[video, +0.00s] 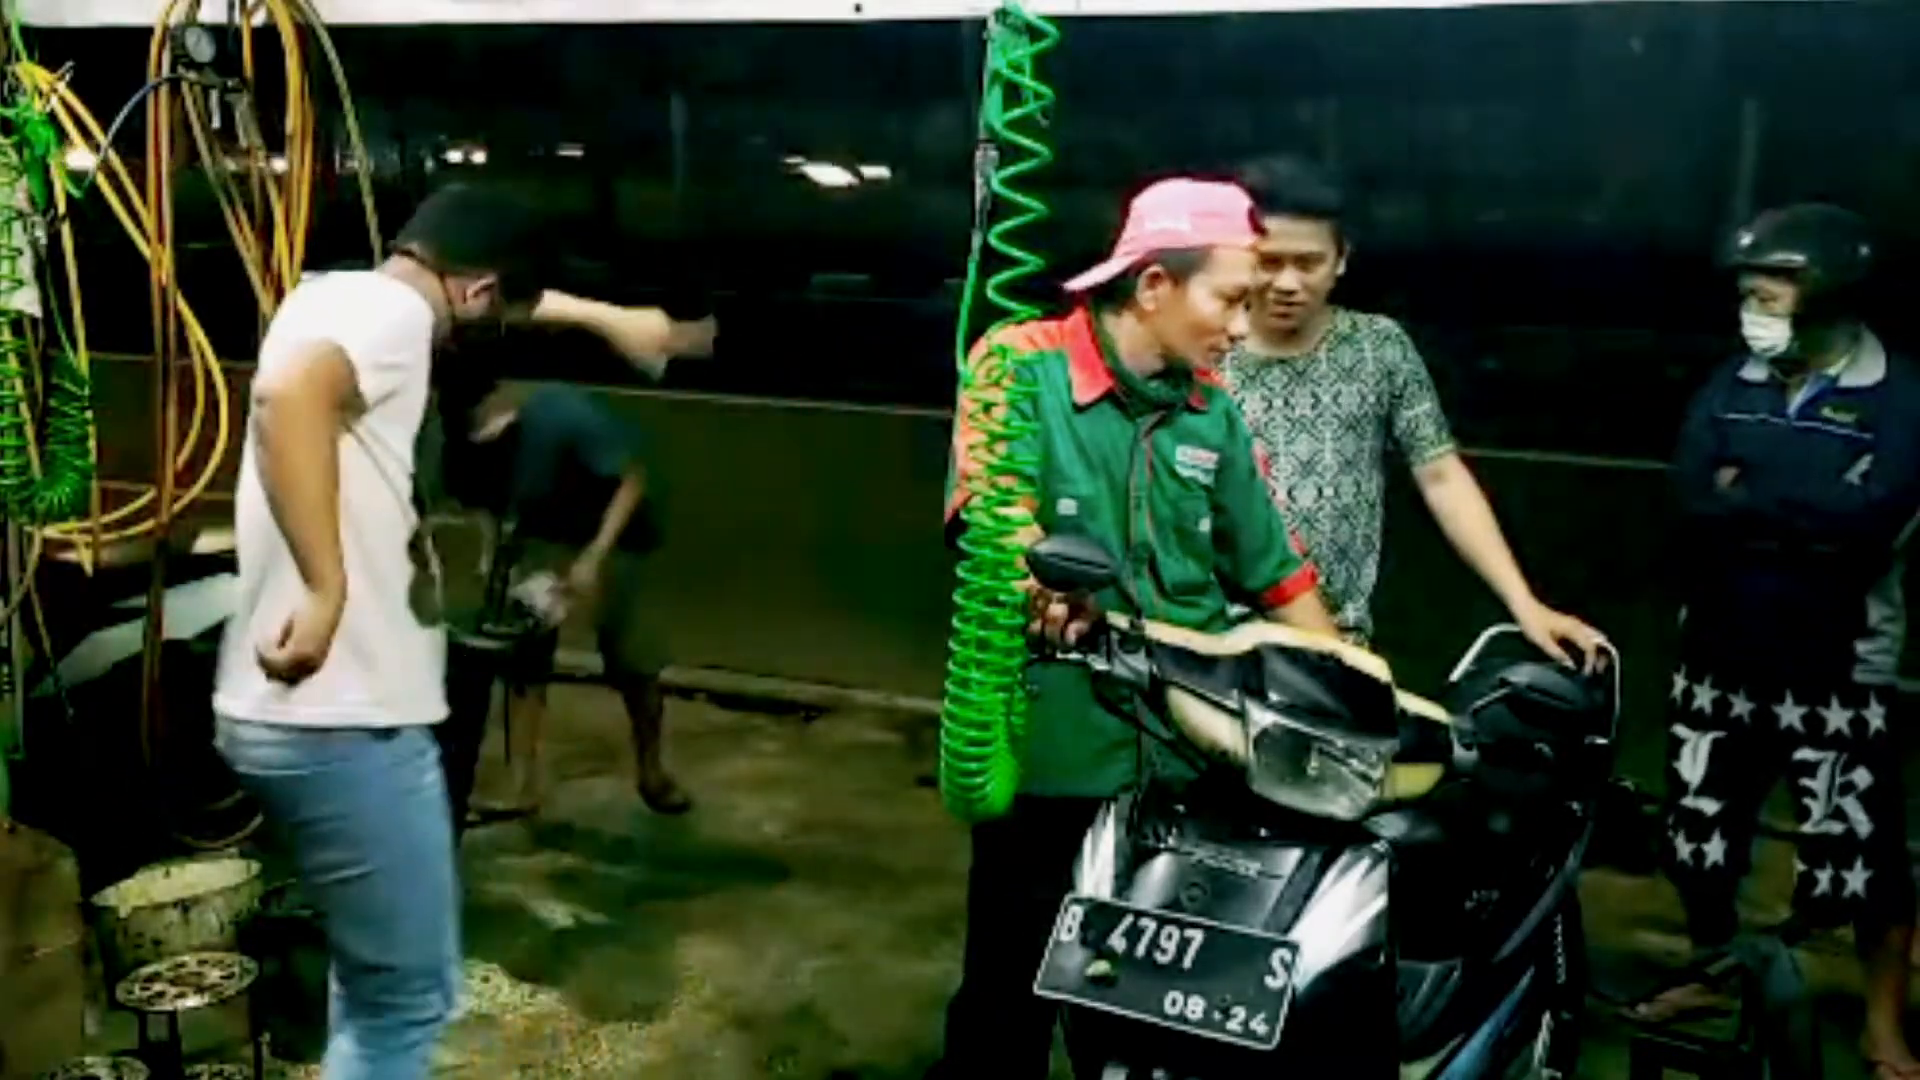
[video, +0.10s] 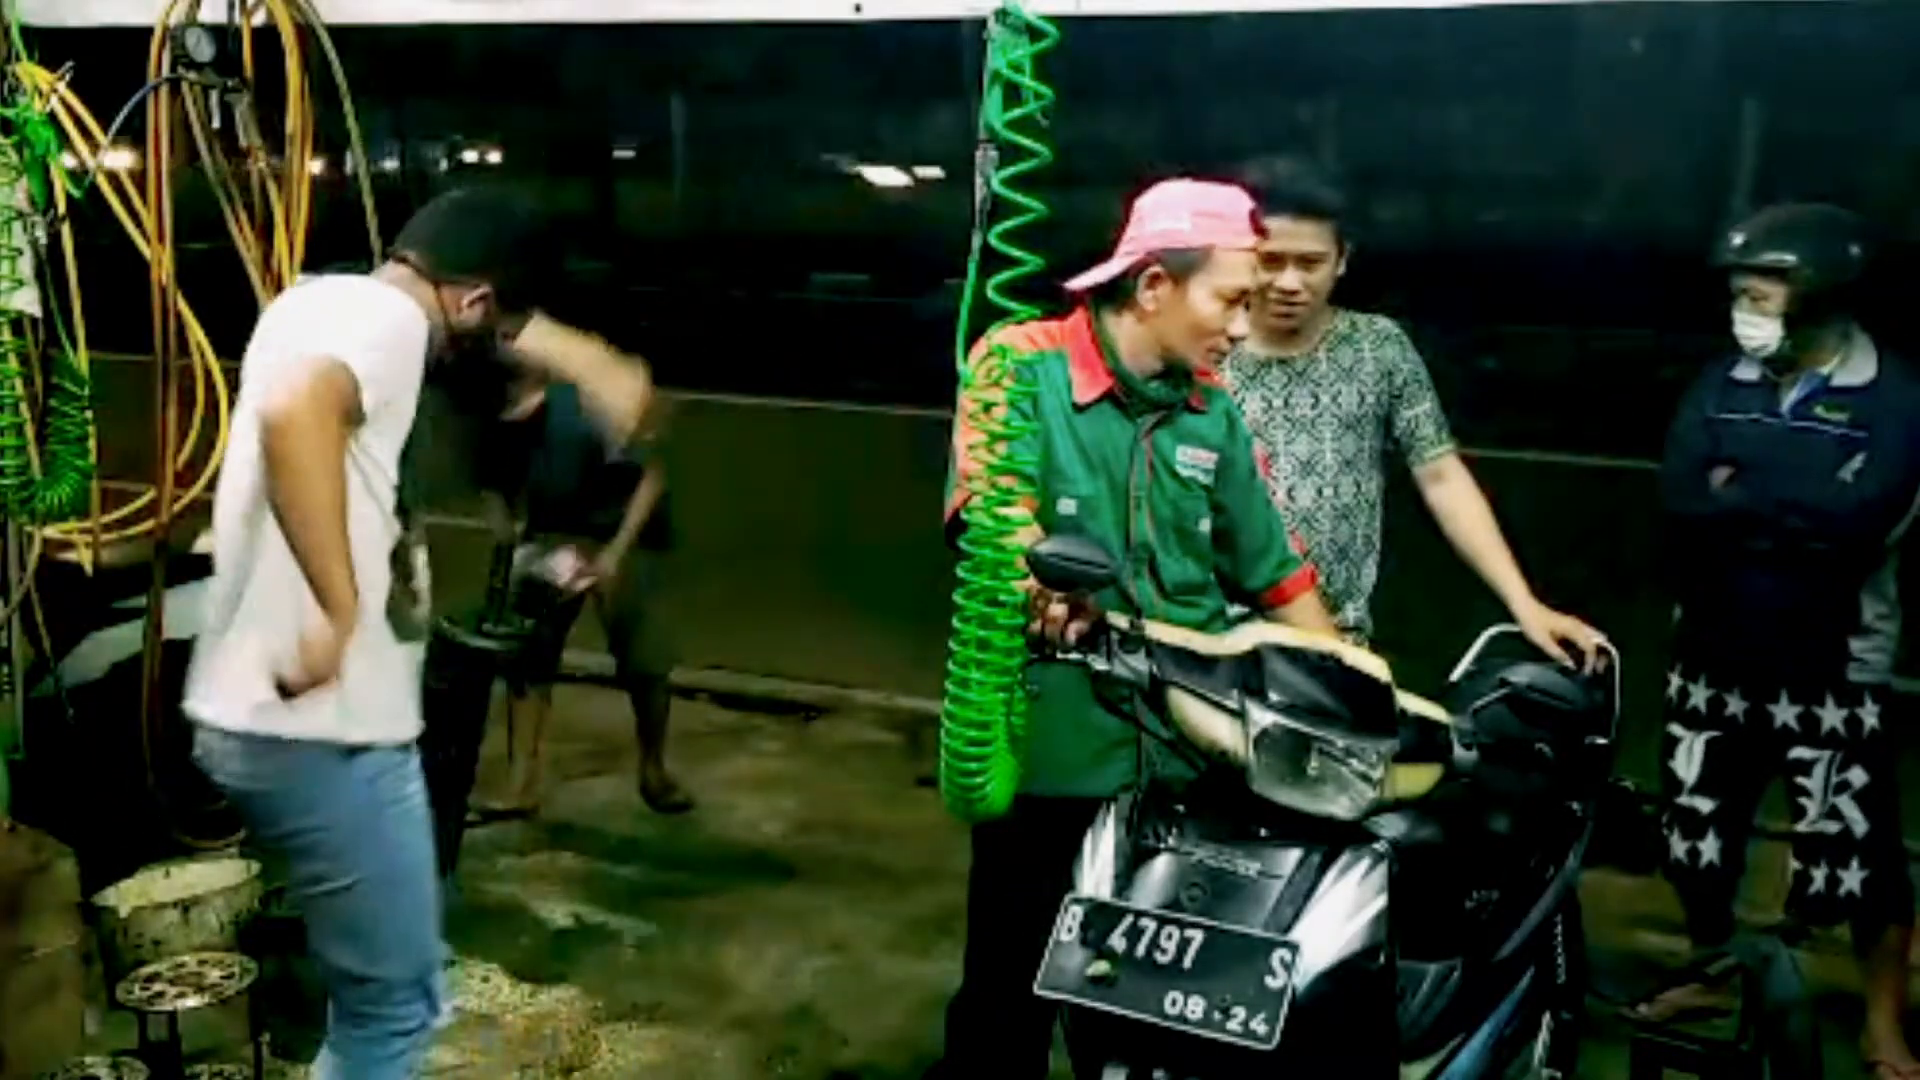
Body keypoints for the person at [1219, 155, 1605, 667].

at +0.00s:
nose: (1287, 283)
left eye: (1307, 263)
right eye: (1269, 262)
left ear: (1339, 260)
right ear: (1241, 256)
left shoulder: (1379, 349)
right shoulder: (1203, 350)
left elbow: (1442, 476)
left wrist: (1525, 606)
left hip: (1333, 638)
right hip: (1212, 630)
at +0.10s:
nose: (1289, 283)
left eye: (1309, 263)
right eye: (1270, 262)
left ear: (1340, 262)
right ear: (1241, 257)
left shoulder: (1379, 350)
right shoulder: (1204, 352)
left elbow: (1442, 476)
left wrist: (1525, 607)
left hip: (1333, 638)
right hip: (1213, 629)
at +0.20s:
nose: (1290, 284)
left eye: (1310, 264)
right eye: (1272, 263)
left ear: (1340, 262)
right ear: (1241, 256)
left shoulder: (1378, 349)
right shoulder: (1204, 350)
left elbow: (1442, 477)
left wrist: (1525, 607)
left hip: (1334, 638)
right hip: (1213, 629)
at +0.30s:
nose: (1293, 293)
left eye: (1312, 272)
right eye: (1276, 271)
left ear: (1341, 262)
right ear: (1243, 257)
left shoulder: (1378, 349)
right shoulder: (1203, 350)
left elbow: (1442, 477)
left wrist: (1525, 607)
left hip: (1335, 641)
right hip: (1215, 633)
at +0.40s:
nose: (1296, 310)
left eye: (1315, 289)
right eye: (1276, 290)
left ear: (1338, 273)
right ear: (1241, 272)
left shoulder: (1377, 350)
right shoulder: (1202, 353)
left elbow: (1442, 478)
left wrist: (1525, 607)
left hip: (1337, 640)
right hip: (1220, 636)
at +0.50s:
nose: (1295, 322)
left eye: (1314, 303)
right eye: (1275, 303)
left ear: (1337, 283)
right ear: (1243, 279)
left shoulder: (1378, 351)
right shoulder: (1202, 352)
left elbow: (1442, 479)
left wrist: (1526, 607)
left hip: (1337, 641)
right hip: (1219, 636)